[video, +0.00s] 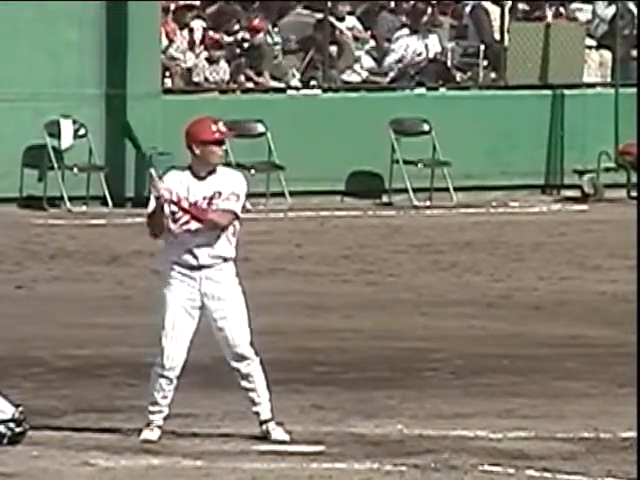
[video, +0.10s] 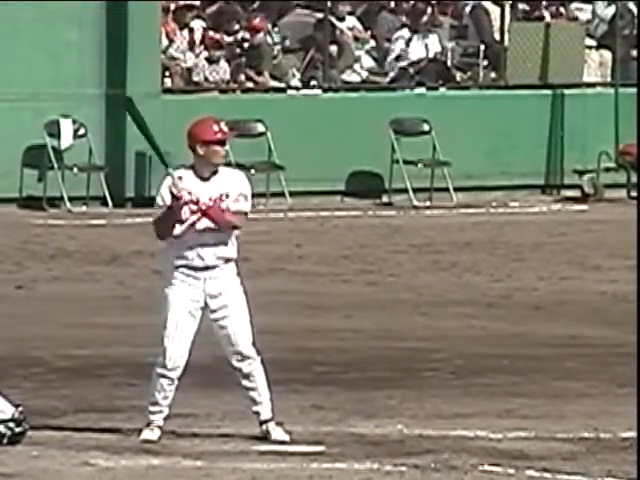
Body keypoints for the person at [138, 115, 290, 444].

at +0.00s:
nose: (222, 148)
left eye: (222, 143)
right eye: (215, 144)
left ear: (221, 146)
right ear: (195, 149)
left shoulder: (233, 180)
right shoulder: (172, 181)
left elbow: (221, 221)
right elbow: (155, 231)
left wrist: (183, 204)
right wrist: (159, 203)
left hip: (221, 275)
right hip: (181, 276)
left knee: (241, 350)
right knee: (170, 357)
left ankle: (267, 421)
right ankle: (155, 421)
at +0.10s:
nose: (223, 149)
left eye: (224, 143)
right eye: (216, 144)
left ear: (223, 146)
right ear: (197, 148)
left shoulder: (236, 179)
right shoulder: (175, 181)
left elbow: (235, 222)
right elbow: (161, 232)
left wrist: (203, 205)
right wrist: (177, 207)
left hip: (224, 274)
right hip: (185, 276)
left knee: (243, 351)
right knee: (172, 357)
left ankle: (267, 421)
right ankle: (155, 421)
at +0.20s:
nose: (226, 149)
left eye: (227, 144)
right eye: (220, 144)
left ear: (225, 147)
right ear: (202, 148)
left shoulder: (237, 178)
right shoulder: (181, 184)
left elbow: (249, 220)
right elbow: (175, 235)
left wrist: (222, 211)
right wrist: (196, 214)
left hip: (226, 274)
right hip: (188, 277)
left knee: (245, 351)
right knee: (175, 356)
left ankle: (268, 421)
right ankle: (155, 421)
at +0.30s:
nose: (230, 149)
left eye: (230, 144)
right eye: (224, 145)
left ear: (227, 147)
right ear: (205, 149)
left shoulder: (238, 178)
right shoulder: (186, 187)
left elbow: (260, 220)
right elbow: (188, 236)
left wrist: (239, 209)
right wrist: (214, 213)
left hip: (228, 276)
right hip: (192, 278)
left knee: (246, 351)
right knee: (177, 354)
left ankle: (267, 421)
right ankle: (155, 421)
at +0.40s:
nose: (234, 151)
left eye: (234, 146)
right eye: (228, 147)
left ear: (227, 149)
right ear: (210, 151)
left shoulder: (238, 177)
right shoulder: (192, 190)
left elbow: (261, 219)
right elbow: (211, 238)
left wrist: (263, 213)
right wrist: (237, 216)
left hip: (229, 276)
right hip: (194, 279)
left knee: (246, 351)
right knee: (181, 355)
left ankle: (267, 421)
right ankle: (156, 421)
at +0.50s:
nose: (238, 153)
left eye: (238, 147)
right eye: (232, 148)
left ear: (230, 150)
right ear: (214, 153)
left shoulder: (240, 178)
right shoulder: (200, 193)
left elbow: (256, 223)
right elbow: (229, 239)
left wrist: (276, 215)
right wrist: (259, 219)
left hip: (230, 277)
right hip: (196, 280)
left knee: (247, 351)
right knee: (183, 356)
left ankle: (268, 421)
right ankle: (156, 422)